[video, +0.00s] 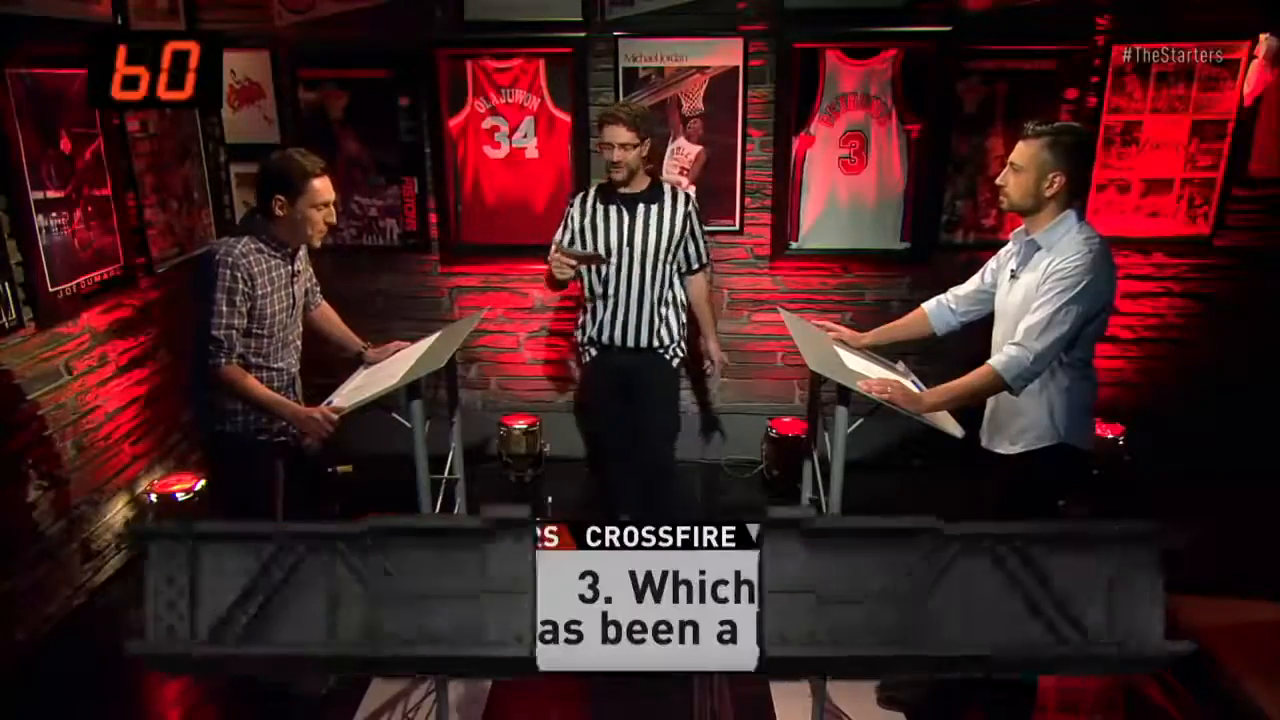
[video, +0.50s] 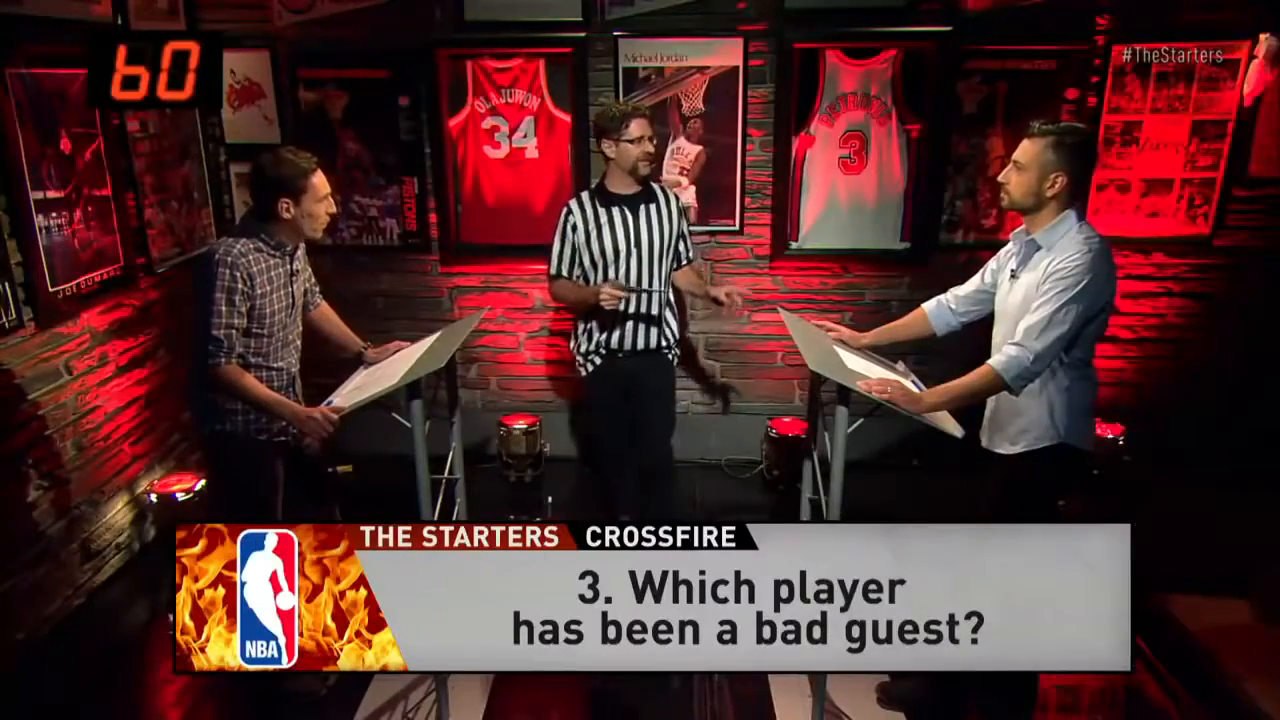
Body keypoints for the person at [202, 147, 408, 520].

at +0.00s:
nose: (332, 219)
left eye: (332, 206)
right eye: (321, 208)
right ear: (280, 207)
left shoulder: (294, 249)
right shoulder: (233, 261)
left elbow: (314, 306)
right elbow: (221, 366)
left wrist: (364, 351)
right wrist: (297, 414)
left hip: (288, 432)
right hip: (244, 439)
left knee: (302, 537)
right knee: (256, 545)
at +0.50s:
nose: (333, 208)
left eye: (330, 198)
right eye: (323, 200)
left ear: (288, 209)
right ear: (287, 208)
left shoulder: (292, 248)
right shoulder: (233, 260)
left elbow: (313, 305)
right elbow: (220, 365)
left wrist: (364, 350)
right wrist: (296, 414)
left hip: (287, 428)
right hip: (244, 438)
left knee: (302, 528)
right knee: (254, 540)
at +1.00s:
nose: (329, 204)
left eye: (325, 193)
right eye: (319, 196)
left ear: (286, 207)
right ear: (283, 207)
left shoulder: (292, 248)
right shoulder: (233, 260)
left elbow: (313, 305)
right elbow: (220, 365)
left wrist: (364, 350)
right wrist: (295, 413)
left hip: (288, 428)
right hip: (243, 437)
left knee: (307, 527)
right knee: (255, 540)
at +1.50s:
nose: (323, 198)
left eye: (318, 187)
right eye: (310, 191)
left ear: (279, 207)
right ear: (274, 207)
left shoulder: (291, 248)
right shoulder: (231, 261)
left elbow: (313, 305)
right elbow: (220, 366)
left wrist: (364, 350)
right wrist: (294, 413)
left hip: (287, 427)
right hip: (241, 437)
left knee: (309, 526)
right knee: (255, 540)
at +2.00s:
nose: (314, 196)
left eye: (308, 185)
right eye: (300, 189)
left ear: (269, 205)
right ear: (266, 205)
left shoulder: (289, 247)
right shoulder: (226, 261)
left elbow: (312, 304)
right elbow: (218, 367)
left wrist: (364, 351)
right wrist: (293, 413)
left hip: (286, 425)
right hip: (240, 435)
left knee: (305, 525)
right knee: (252, 537)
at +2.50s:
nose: (306, 204)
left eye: (307, 192)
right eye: (296, 194)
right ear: (262, 198)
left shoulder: (296, 251)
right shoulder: (231, 256)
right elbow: (219, 364)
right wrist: (284, 406)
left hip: (287, 428)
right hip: (242, 435)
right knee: (246, 533)